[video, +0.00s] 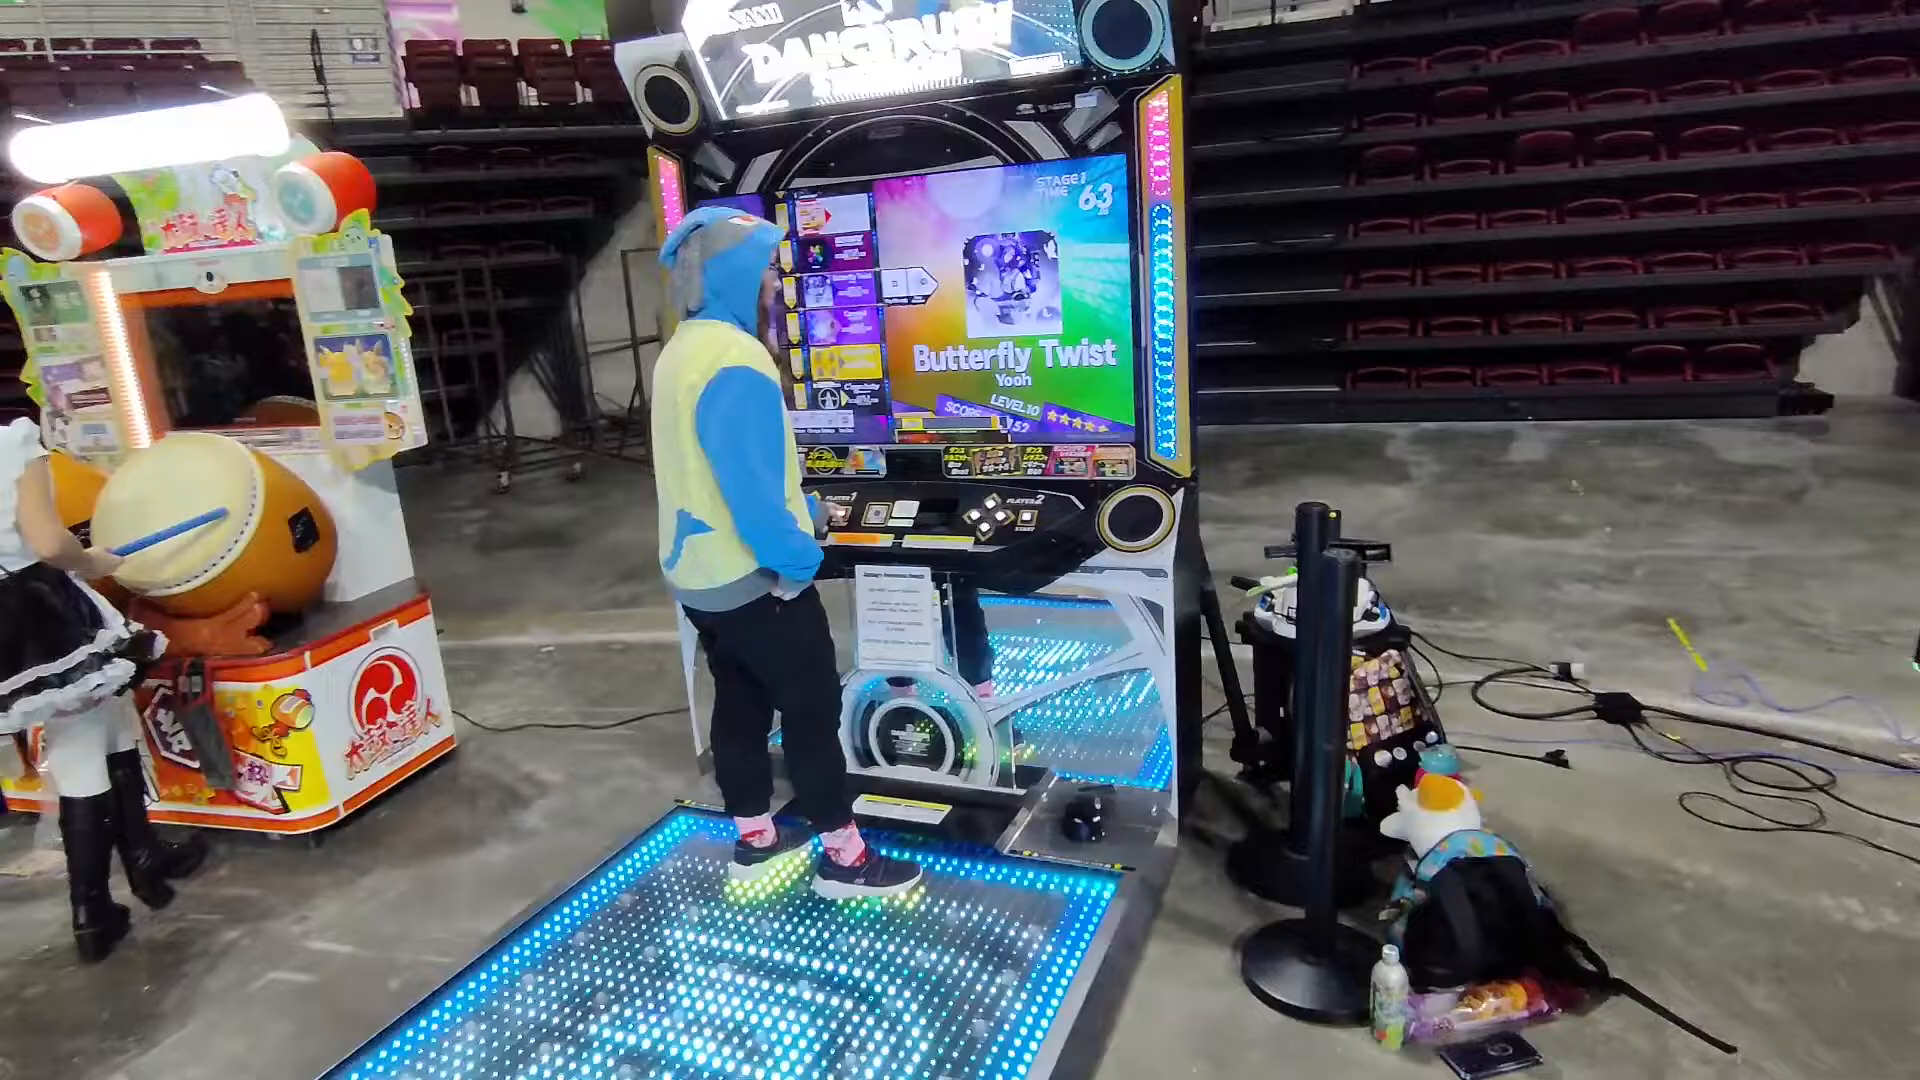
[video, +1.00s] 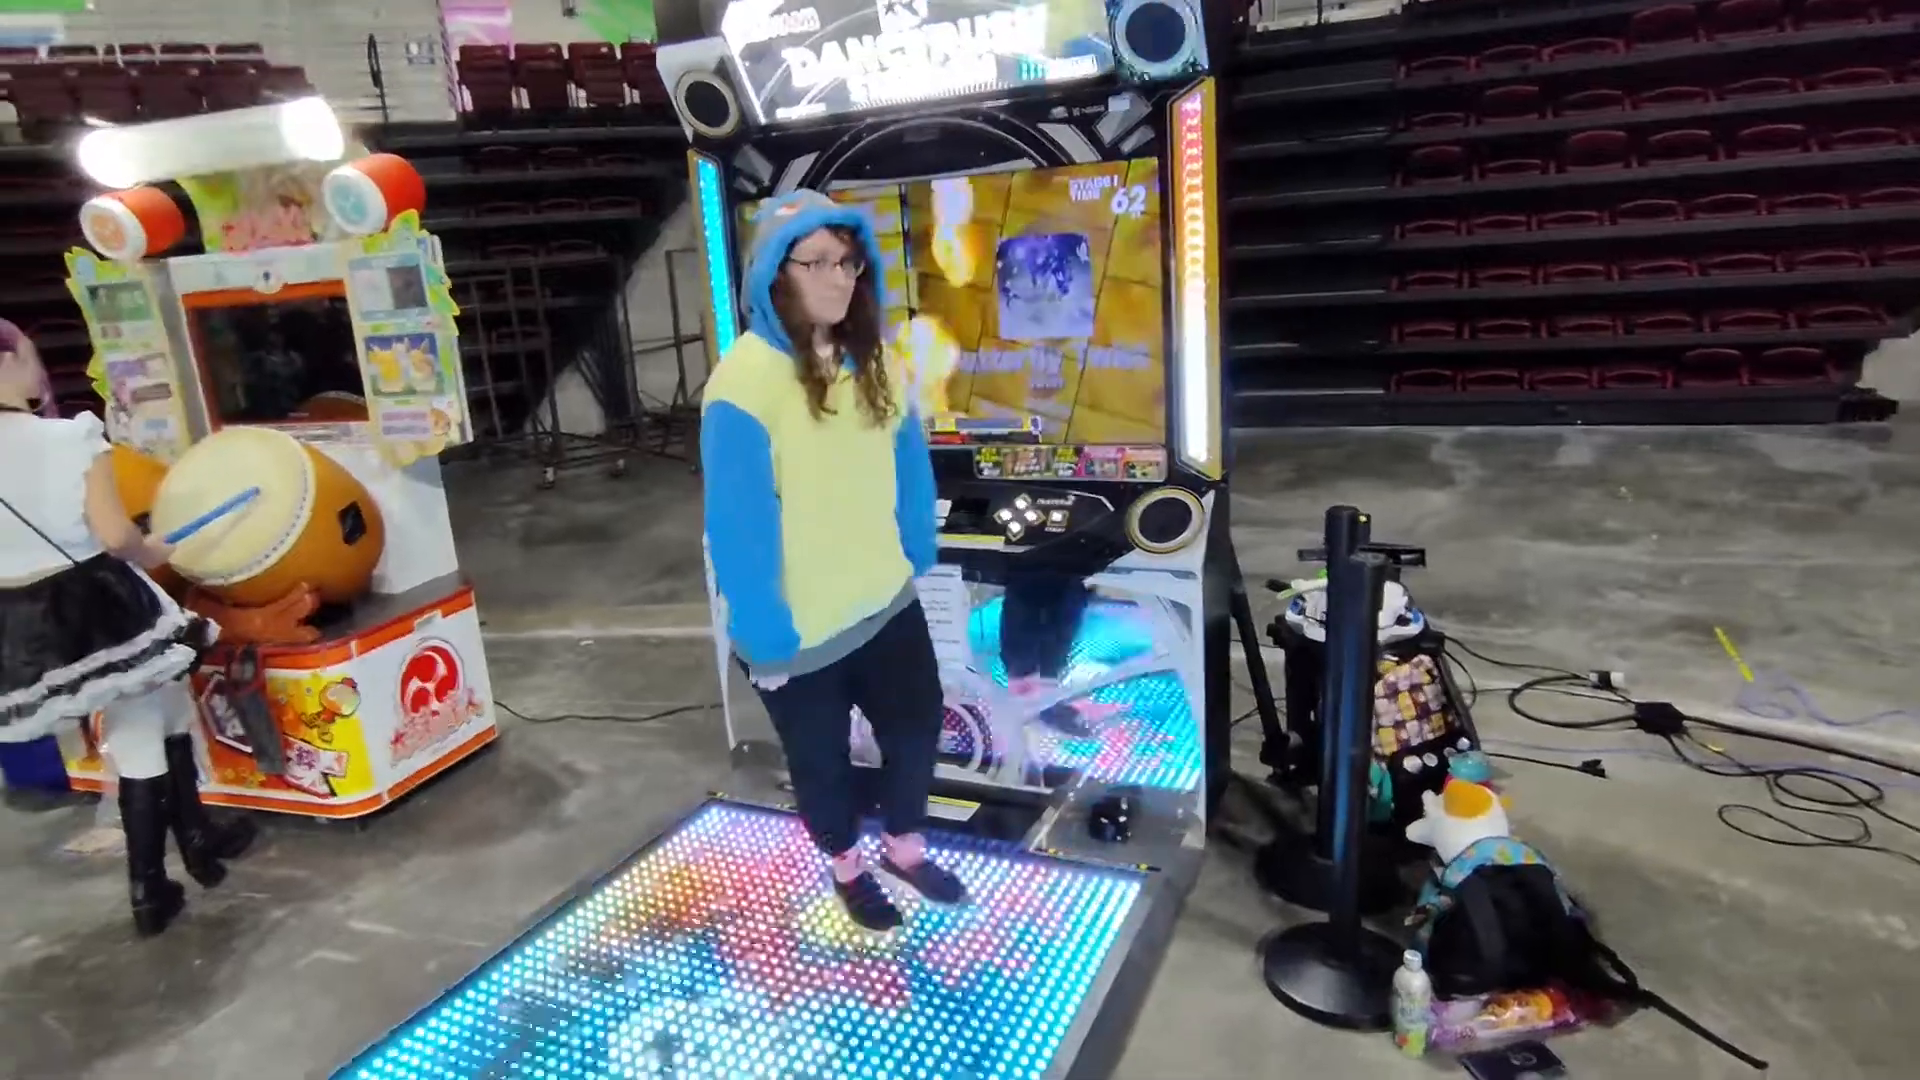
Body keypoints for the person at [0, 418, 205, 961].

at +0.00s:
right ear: (17, 379)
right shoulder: (17, 437)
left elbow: (42, 544)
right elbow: (45, 540)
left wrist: (77, 556)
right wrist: (88, 560)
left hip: (21, 628)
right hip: (41, 623)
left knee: (115, 720)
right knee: (80, 758)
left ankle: (144, 861)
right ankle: (90, 912)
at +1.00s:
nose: (36, 362)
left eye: (30, 353)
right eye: (28, 354)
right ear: (15, 363)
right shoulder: (72, 438)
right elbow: (113, 536)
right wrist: (152, 550)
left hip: (20, 632)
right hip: (93, 619)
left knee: (165, 697)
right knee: (138, 730)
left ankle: (198, 838)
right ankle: (147, 886)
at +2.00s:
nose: (94, 343)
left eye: (86, 332)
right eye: (84, 334)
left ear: (31, 357)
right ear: (58, 348)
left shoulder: (14, 430)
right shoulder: (117, 418)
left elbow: (11, 535)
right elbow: (179, 506)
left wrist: (69, 535)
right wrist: (222, 477)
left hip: (78, 593)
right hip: (148, 582)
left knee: (209, 675)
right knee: (184, 706)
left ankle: (243, 808)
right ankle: (194, 858)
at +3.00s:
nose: (30, 261)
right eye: (24, 251)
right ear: (16, 257)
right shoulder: (48, 323)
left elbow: (92, 419)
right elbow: (94, 421)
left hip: (11, 505)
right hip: (70, 493)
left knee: (125, 593)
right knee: (108, 623)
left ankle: (165, 726)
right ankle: (118, 774)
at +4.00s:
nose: (65, 195)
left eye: (59, 184)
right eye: (57, 185)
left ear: (11, 204)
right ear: (33, 196)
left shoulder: (5, 283)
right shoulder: (106, 267)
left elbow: (10, 389)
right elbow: (156, 365)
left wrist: (58, 386)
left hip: (62, 440)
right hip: (134, 426)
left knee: (181, 533)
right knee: (175, 550)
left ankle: (233, 654)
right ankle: (190, 702)